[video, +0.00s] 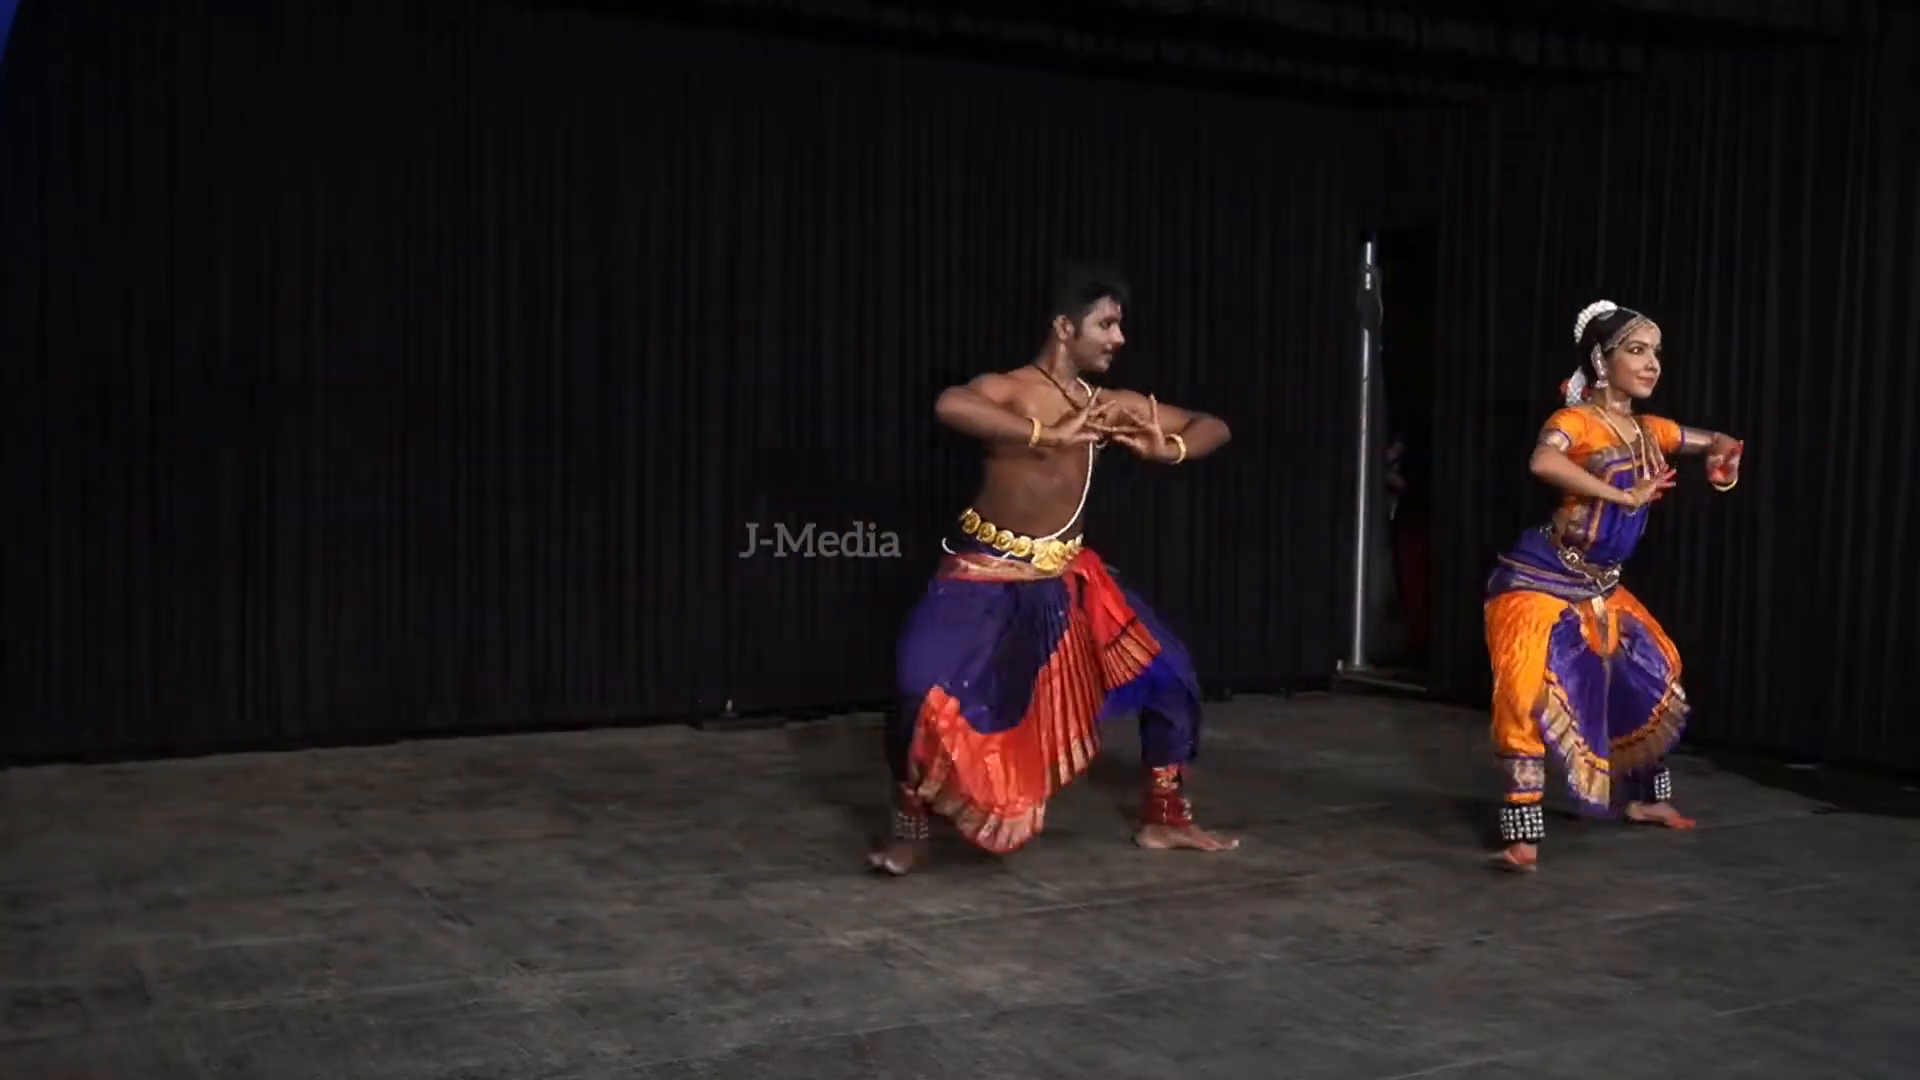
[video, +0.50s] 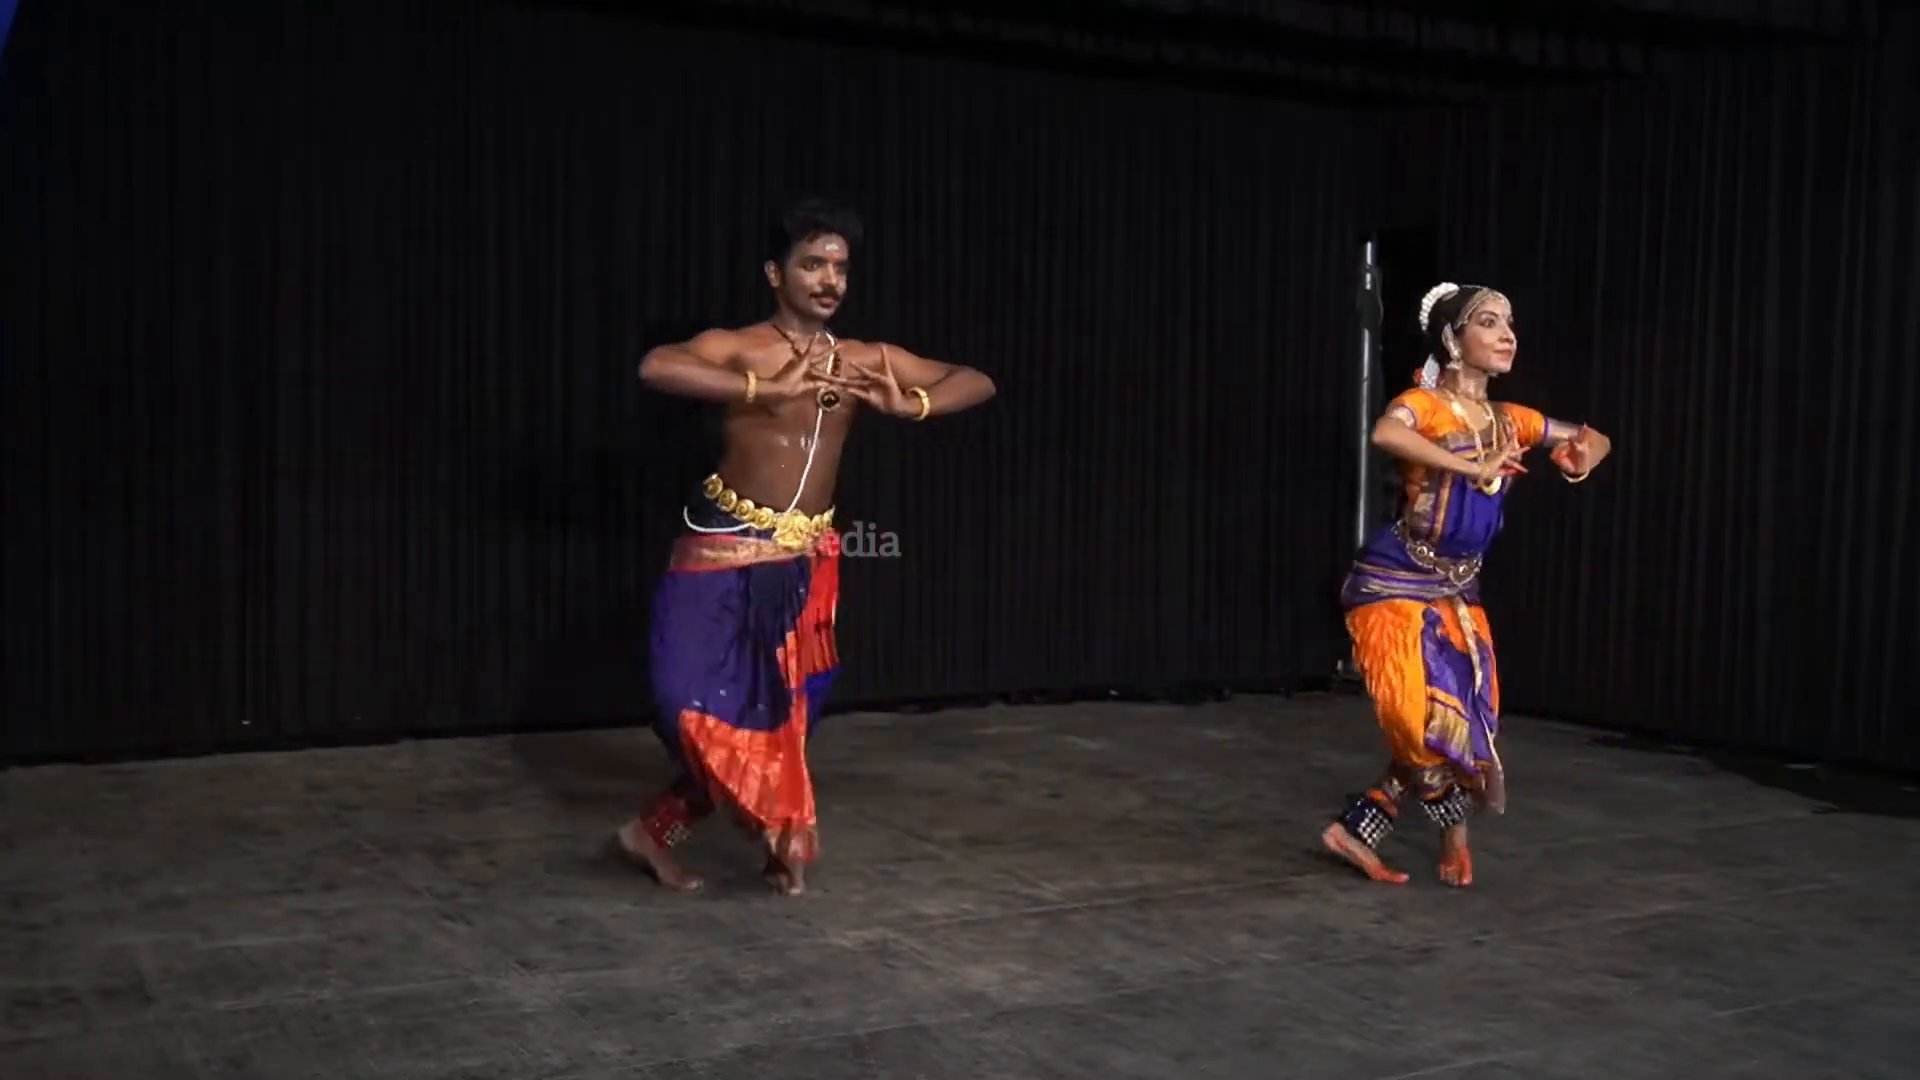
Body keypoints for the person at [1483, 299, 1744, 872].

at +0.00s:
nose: (1651, 362)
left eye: (1656, 352)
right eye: (1637, 350)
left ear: (1658, 364)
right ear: (1602, 360)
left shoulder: (1652, 430)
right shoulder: (1577, 421)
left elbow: (1718, 441)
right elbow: (1544, 462)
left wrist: (1724, 456)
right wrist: (1621, 494)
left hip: (1600, 588)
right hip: (1540, 580)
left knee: (1656, 666)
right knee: (1522, 685)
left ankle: (1647, 795)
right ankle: (1522, 830)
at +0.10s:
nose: (1626, 353)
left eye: (1631, 343)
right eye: (1612, 340)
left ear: (1632, 353)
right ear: (1576, 350)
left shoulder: (1624, 424)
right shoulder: (1548, 412)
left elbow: (1696, 439)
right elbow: (1520, 450)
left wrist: (1699, 455)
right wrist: (1594, 488)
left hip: (1566, 585)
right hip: (1506, 579)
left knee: (1627, 659)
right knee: (1501, 697)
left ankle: (1610, 794)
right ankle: (1520, 840)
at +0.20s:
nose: (1599, 348)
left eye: (1603, 338)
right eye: (1584, 335)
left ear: (1604, 350)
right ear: (1547, 345)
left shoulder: (1597, 421)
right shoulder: (1520, 407)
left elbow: (1667, 434)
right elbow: (1492, 442)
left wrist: (1672, 451)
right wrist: (1569, 480)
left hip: (1538, 584)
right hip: (1477, 580)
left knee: (1602, 670)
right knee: (1490, 706)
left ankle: (1526, 766)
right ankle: (1518, 846)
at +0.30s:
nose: (1568, 342)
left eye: (1572, 332)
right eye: (1553, 329)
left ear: (1572, 344)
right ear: (1515, 342)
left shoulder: (1569, 419)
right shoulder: (1488, 403)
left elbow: (1645, 433)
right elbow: (1459, 438)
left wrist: (1644, 453)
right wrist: (1542, 473)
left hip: (1508, 590)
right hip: (1448, 585)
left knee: (1552, 705)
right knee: (1486, 712)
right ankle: (1516, 848)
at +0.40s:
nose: (1537, 340)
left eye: (1539, 328)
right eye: (1520, 327)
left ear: (1538, 342)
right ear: (1483, 341)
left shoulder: (1538, 420)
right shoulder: (1455, 405)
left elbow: (1619, 435)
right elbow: (1421, 436)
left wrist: (1614, 453)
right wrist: (1505, 468)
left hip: (1480, 592)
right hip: (1420, 584)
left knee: (1494, 717)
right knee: (1459, 716)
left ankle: (1374, 818)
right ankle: (1504, 832)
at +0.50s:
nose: (1507, 336)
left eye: (1509, 325)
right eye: (1491, 324)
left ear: (1506, 341)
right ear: (1453, 338)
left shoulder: (1509, 419)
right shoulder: (1424, 402)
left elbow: (1590, 437)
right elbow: (1387, 434)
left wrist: (1586, 454)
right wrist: (1470, 467)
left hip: (1457, 592)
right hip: (1395, 582)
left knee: (1469, 717)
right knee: (1415, 707)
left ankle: (1358, 827)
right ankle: (1453, 825)